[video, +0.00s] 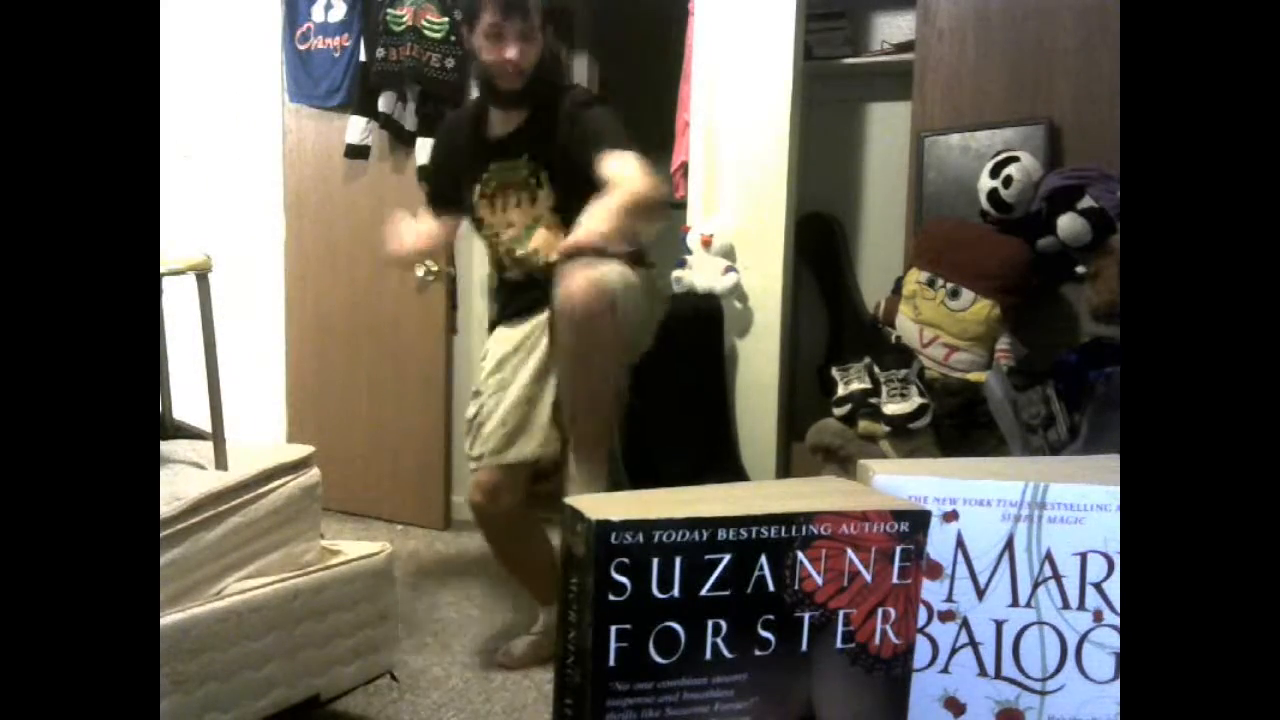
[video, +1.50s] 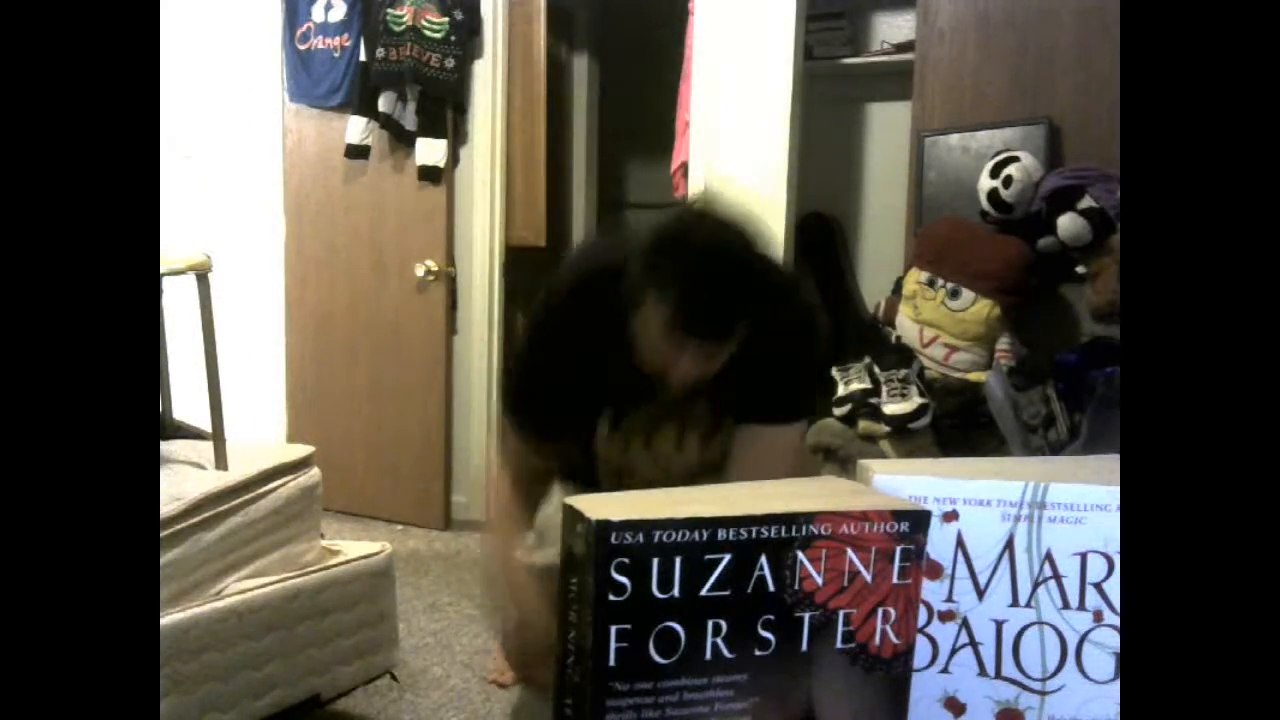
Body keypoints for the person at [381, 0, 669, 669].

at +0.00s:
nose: (510, 54)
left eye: (524, 38)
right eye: (495, 39)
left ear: (544, 40)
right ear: (470, 42)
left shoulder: (573, 112)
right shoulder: (460, 134)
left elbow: (639, 181)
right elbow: (444, 227)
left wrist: (597, 222)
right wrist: (419, 236)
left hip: (611, 293)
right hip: (520, 315)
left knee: (581, 289)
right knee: (492, 496)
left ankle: (588, 475)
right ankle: (559, 607)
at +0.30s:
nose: (539, 41)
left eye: (558, 26)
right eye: (527, 22)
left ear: (591, 24)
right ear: (506, 21)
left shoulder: (637, 71)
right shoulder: (492, 102)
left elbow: (685, 9)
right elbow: (439, 116)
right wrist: (414, 97)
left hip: (646, 295)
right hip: (547, 327)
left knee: (619, 422)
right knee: (517, 507)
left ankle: (706, 576)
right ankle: (565, 613)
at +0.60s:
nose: (625, 247)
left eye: (644, 229)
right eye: (611, 225)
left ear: (676, 211)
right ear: (587, 201)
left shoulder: (718, 254)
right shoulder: (551, 256)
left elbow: (722, 428)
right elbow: (536, 401)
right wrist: (567, 421)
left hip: (695, 438)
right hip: (599, 448)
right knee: (547, 551)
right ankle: (539, 632)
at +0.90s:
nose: (653, 254)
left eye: (675, 238)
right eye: (639, 230)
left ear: (707, 213)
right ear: (613, 196)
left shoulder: (749, 237)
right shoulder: (562, 239)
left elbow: (793, 387)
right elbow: (533, 391)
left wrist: (724, 370)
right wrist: (575, 423)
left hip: (712, 409)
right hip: (602, 408)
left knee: (738, 512)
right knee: (559, 528)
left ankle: (738, 635)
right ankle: (544, 621)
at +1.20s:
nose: (640, 280)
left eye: (659, 264)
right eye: (626, 259)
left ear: (693, 230)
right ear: (596, 221)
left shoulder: (739, 229)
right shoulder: (547, 243)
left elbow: (783, 328)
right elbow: (524, 389)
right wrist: (571, 430)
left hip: (711, 391)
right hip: (598, 390)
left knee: (724, 513)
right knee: (558, 517)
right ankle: (528, 631)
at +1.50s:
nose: (686, 370)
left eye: (709, 354)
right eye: (673, 345)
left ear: (740, 335)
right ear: (639, 308)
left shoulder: (779, 339)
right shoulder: (577, 317)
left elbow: (754, 516)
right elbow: (517, 480)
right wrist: (522, 612)